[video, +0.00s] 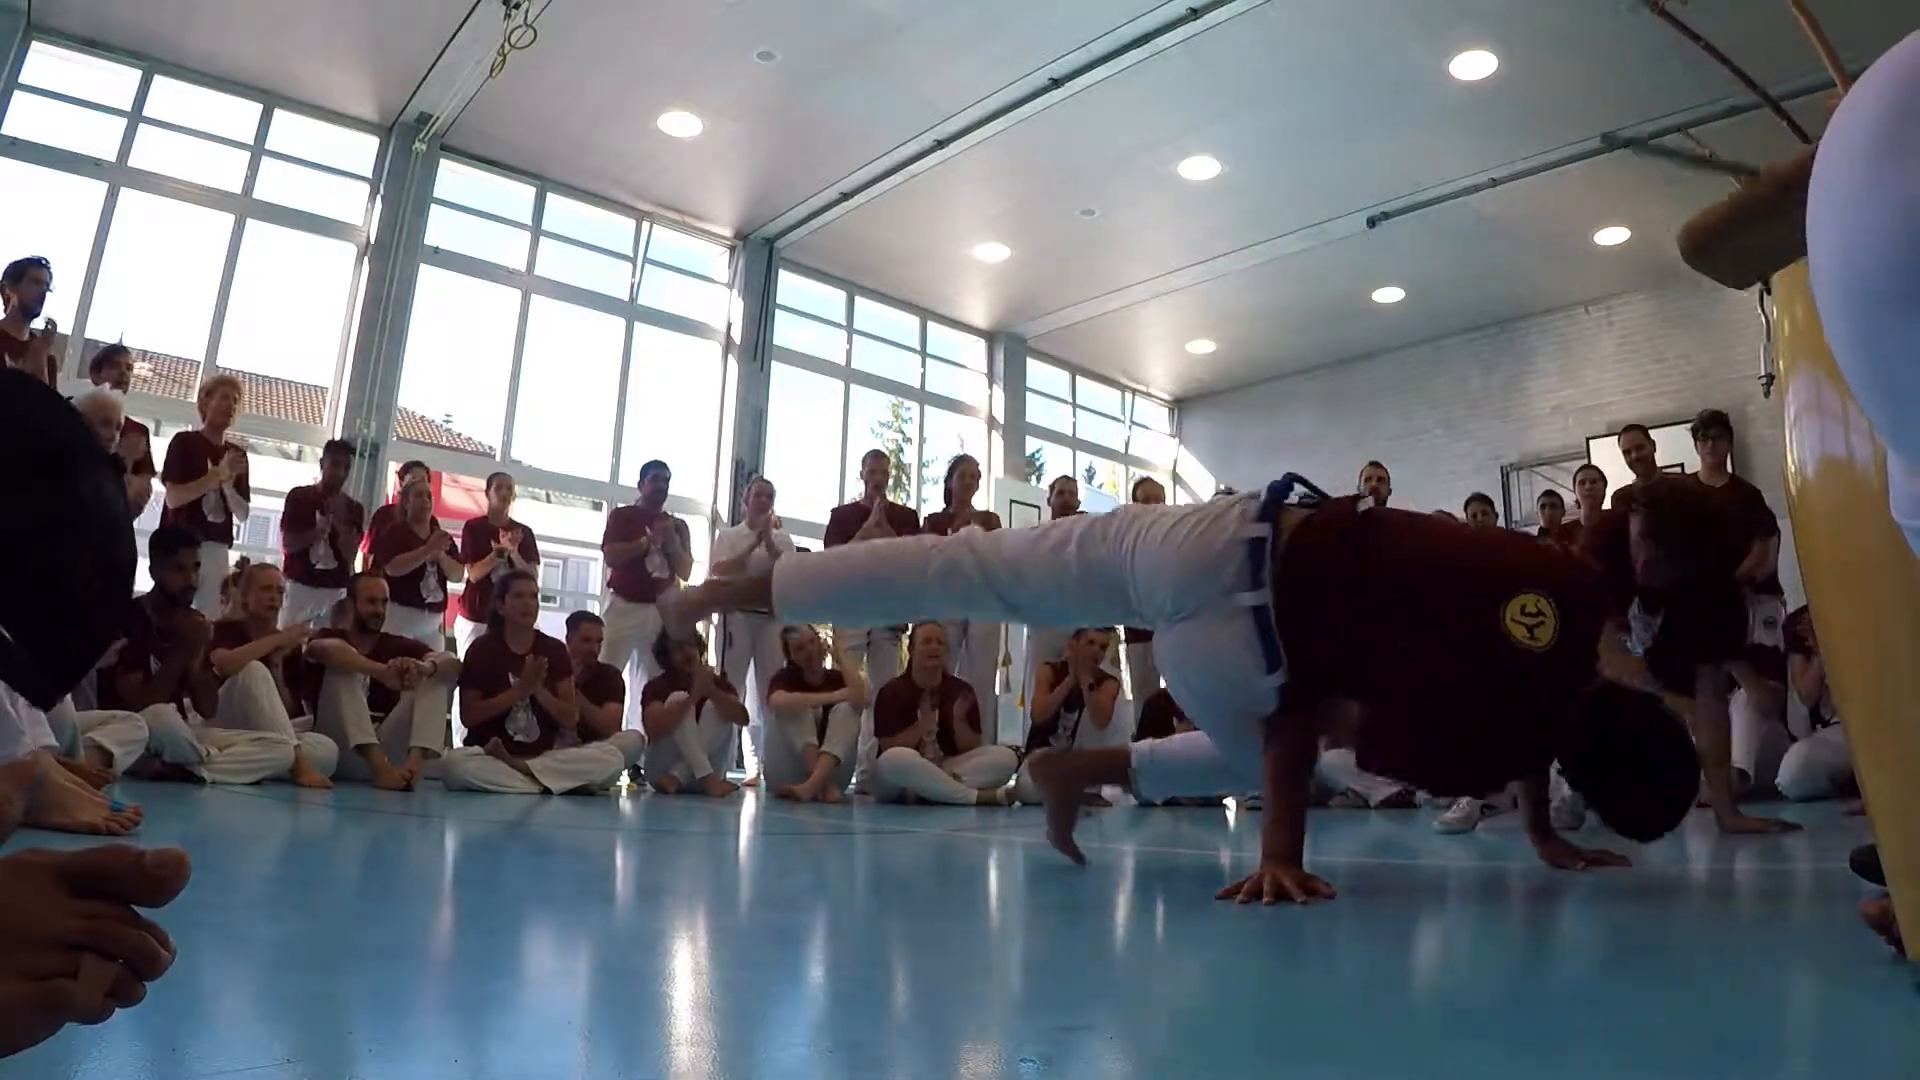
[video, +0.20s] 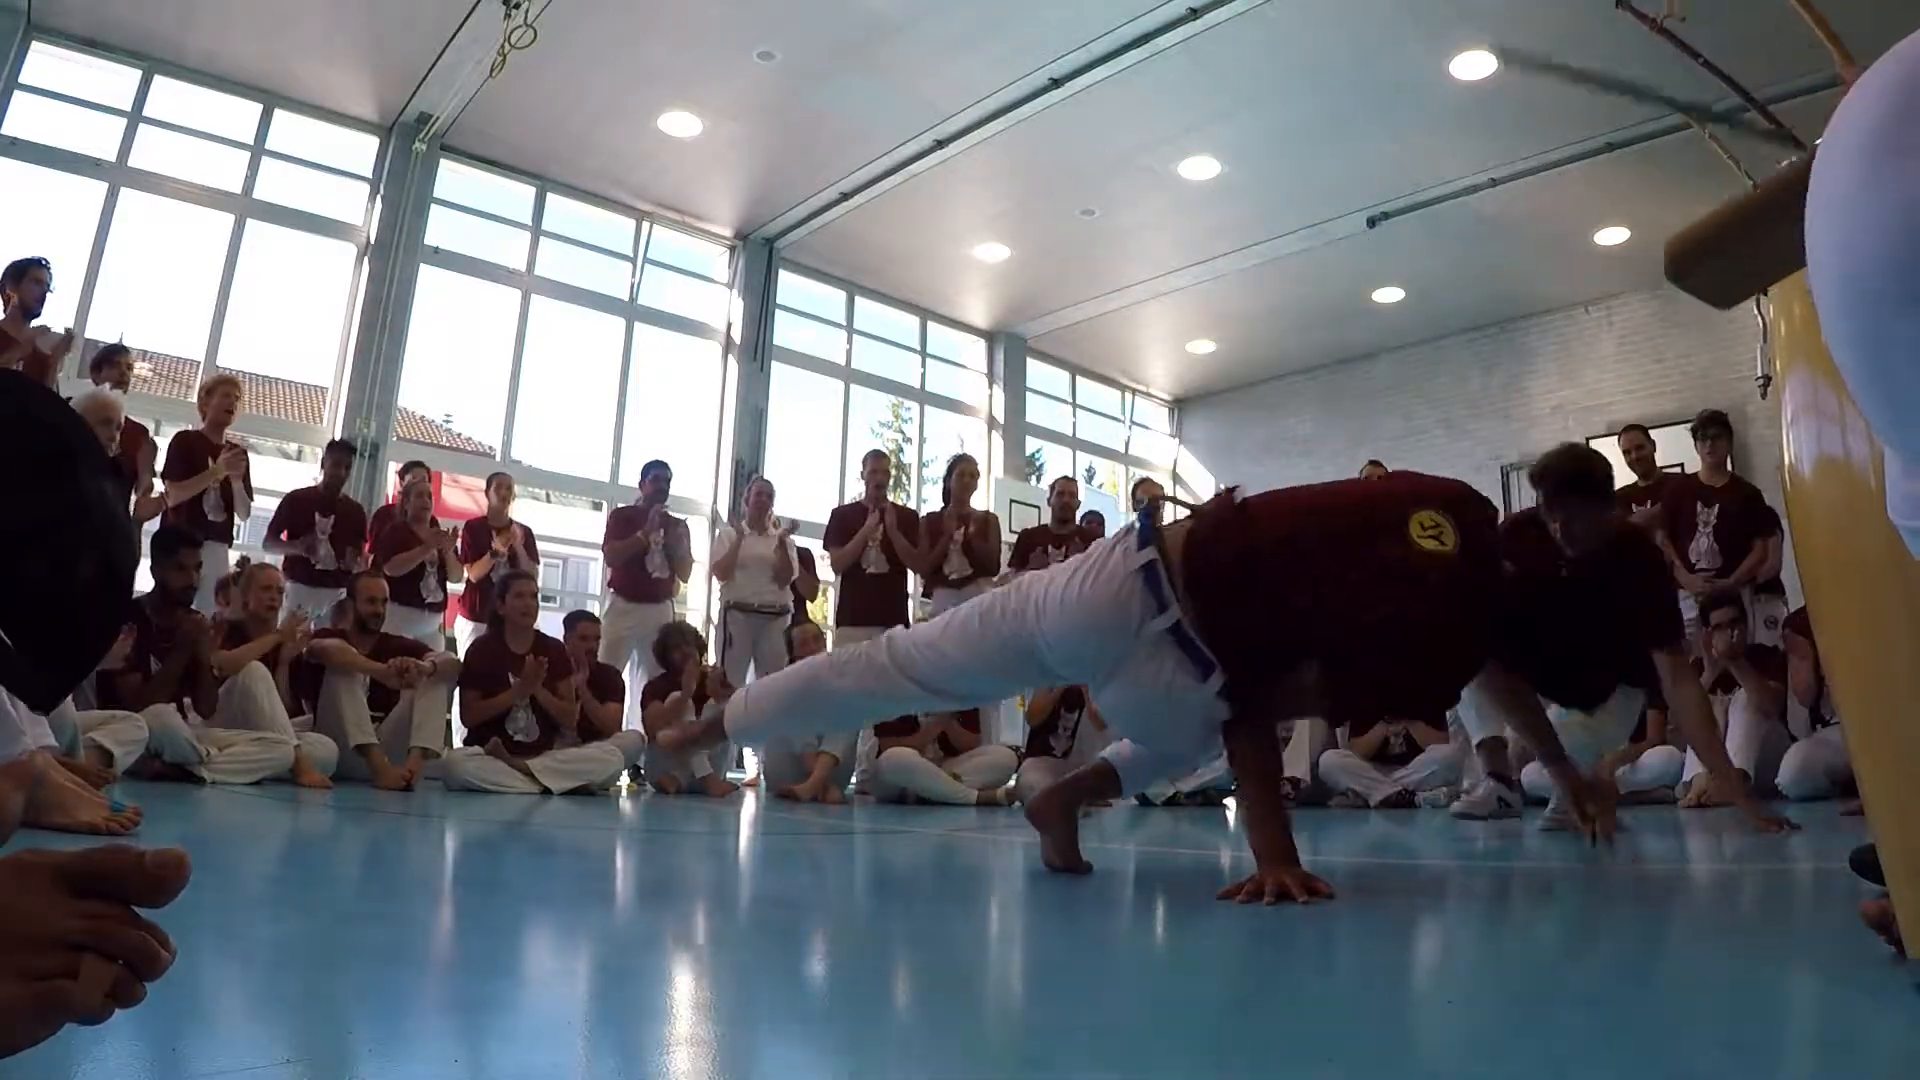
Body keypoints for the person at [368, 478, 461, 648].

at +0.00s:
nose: (425, 501)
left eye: (429, 497)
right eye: (419, 496)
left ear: (433, 502)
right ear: (406, 502)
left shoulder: (440, 536)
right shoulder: (394, 532)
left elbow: (458, 575)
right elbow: (392, 569)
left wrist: (441, 556)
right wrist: (428, 549)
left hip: (434, 614)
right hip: (400, 610)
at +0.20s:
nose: (426, 502)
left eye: (429, 497)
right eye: (419, 496)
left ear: (433, 502)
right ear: (406, 502)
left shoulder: (438, 534)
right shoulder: (395, 531)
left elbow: (456, 577)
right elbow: (390, 569)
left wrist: (449, 551)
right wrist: (428, 547)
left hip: (433, 614)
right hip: (400, 611)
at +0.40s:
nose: (426, 502)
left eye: (429, 497)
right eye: (419, 496)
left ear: (433, 502)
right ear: (406, 502)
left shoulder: (441, 536)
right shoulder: (393, 532)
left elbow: (458, 576)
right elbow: (391, 568)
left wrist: (443, 556)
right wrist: (428, 549)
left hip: (433, 614)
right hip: (400, 610)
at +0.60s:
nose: (426, 502)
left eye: (429, 497)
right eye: (420, 496)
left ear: (433, 502)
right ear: (406, 502)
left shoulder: (441, 537)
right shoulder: (394, 531)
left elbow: (456, 578)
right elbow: (390, 569)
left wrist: (451, 547)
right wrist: (427, 546)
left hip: (433, 615)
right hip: (400, 611)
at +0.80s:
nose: (426, 502)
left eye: (430, 497)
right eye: (420, 497)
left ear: (433, 502)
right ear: (406, 502)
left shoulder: (440, 536)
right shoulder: (394, 532)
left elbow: (457, 577)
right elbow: (392, 569)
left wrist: (439, 558)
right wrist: (430, 547)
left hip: (434, 614)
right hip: (400, 611)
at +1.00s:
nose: (427, 502)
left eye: (430, 497)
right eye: (421, 496)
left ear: (434, 501)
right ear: (406, 502)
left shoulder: (439, 534)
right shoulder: (394, 532)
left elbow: (456, 578)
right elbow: (391, 569)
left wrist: (447, 553)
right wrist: (429, 547)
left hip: (434, 614)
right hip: (401, 610)